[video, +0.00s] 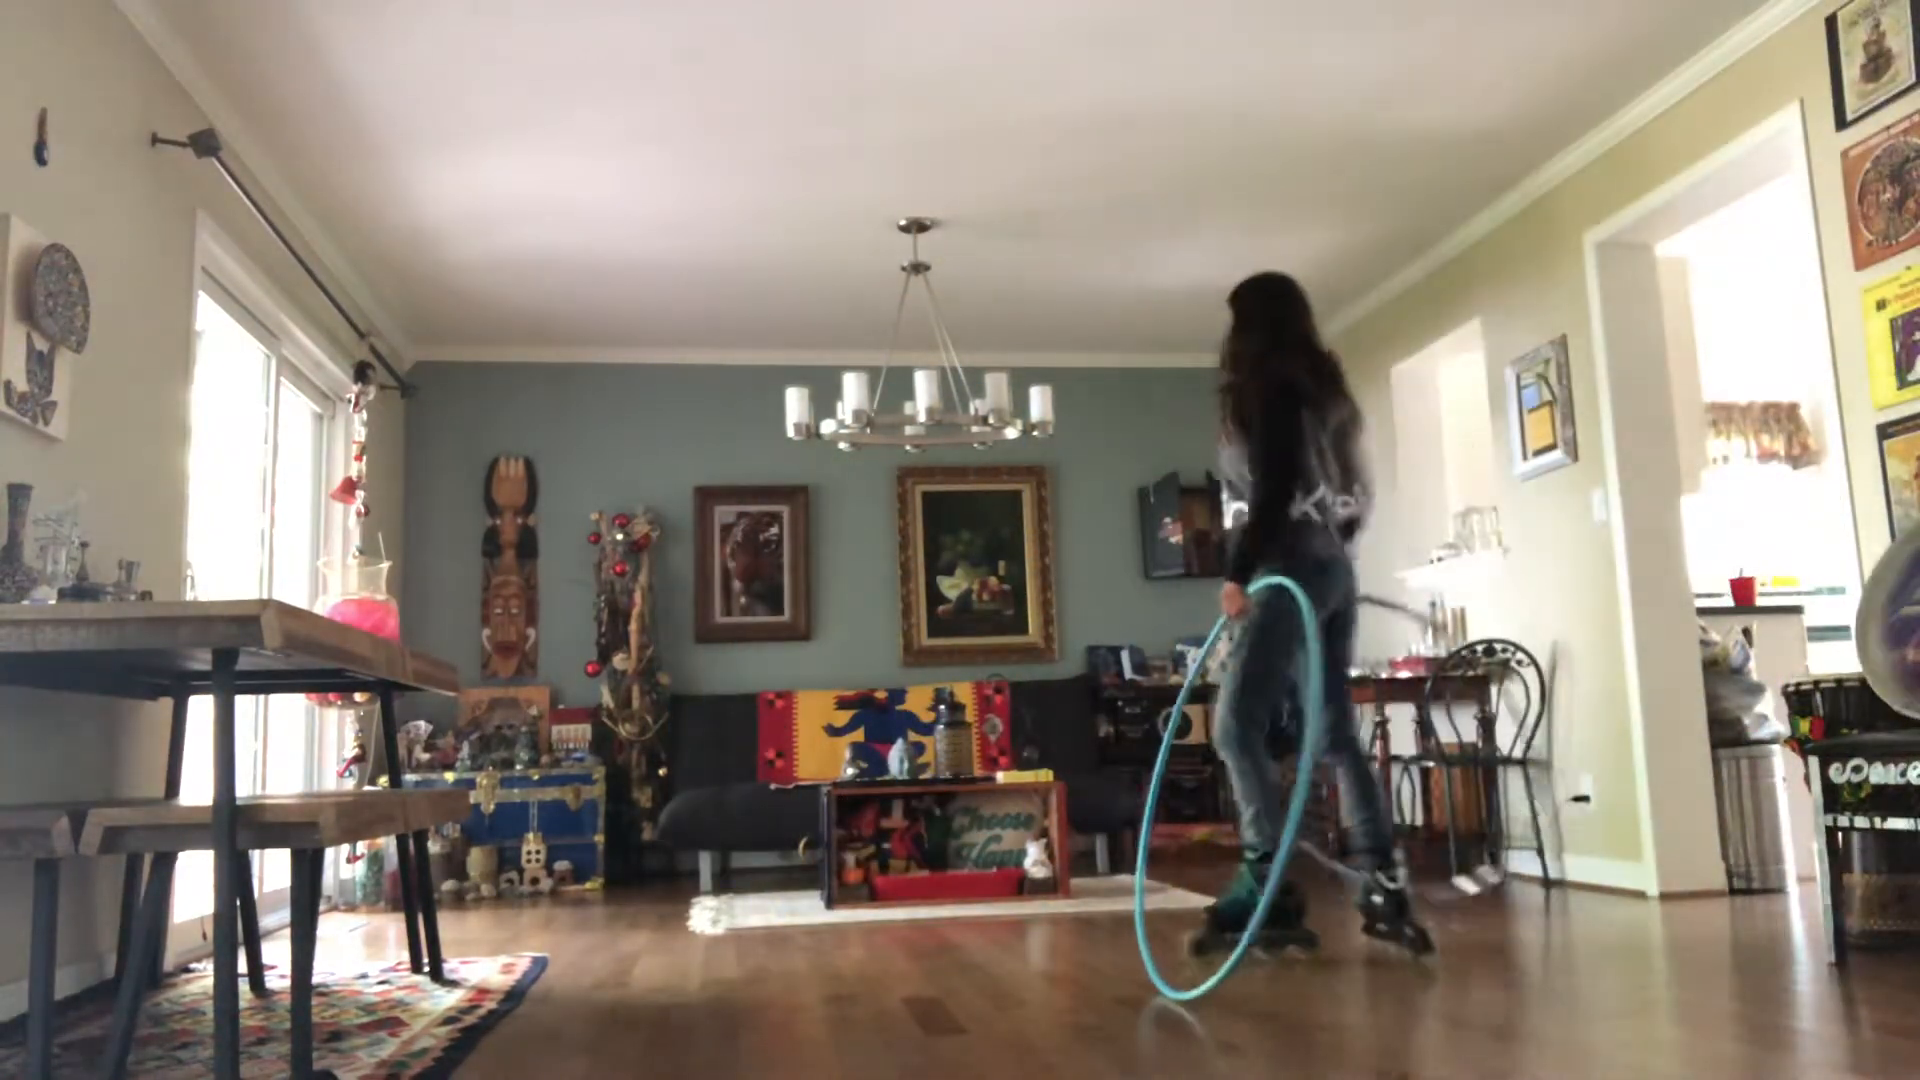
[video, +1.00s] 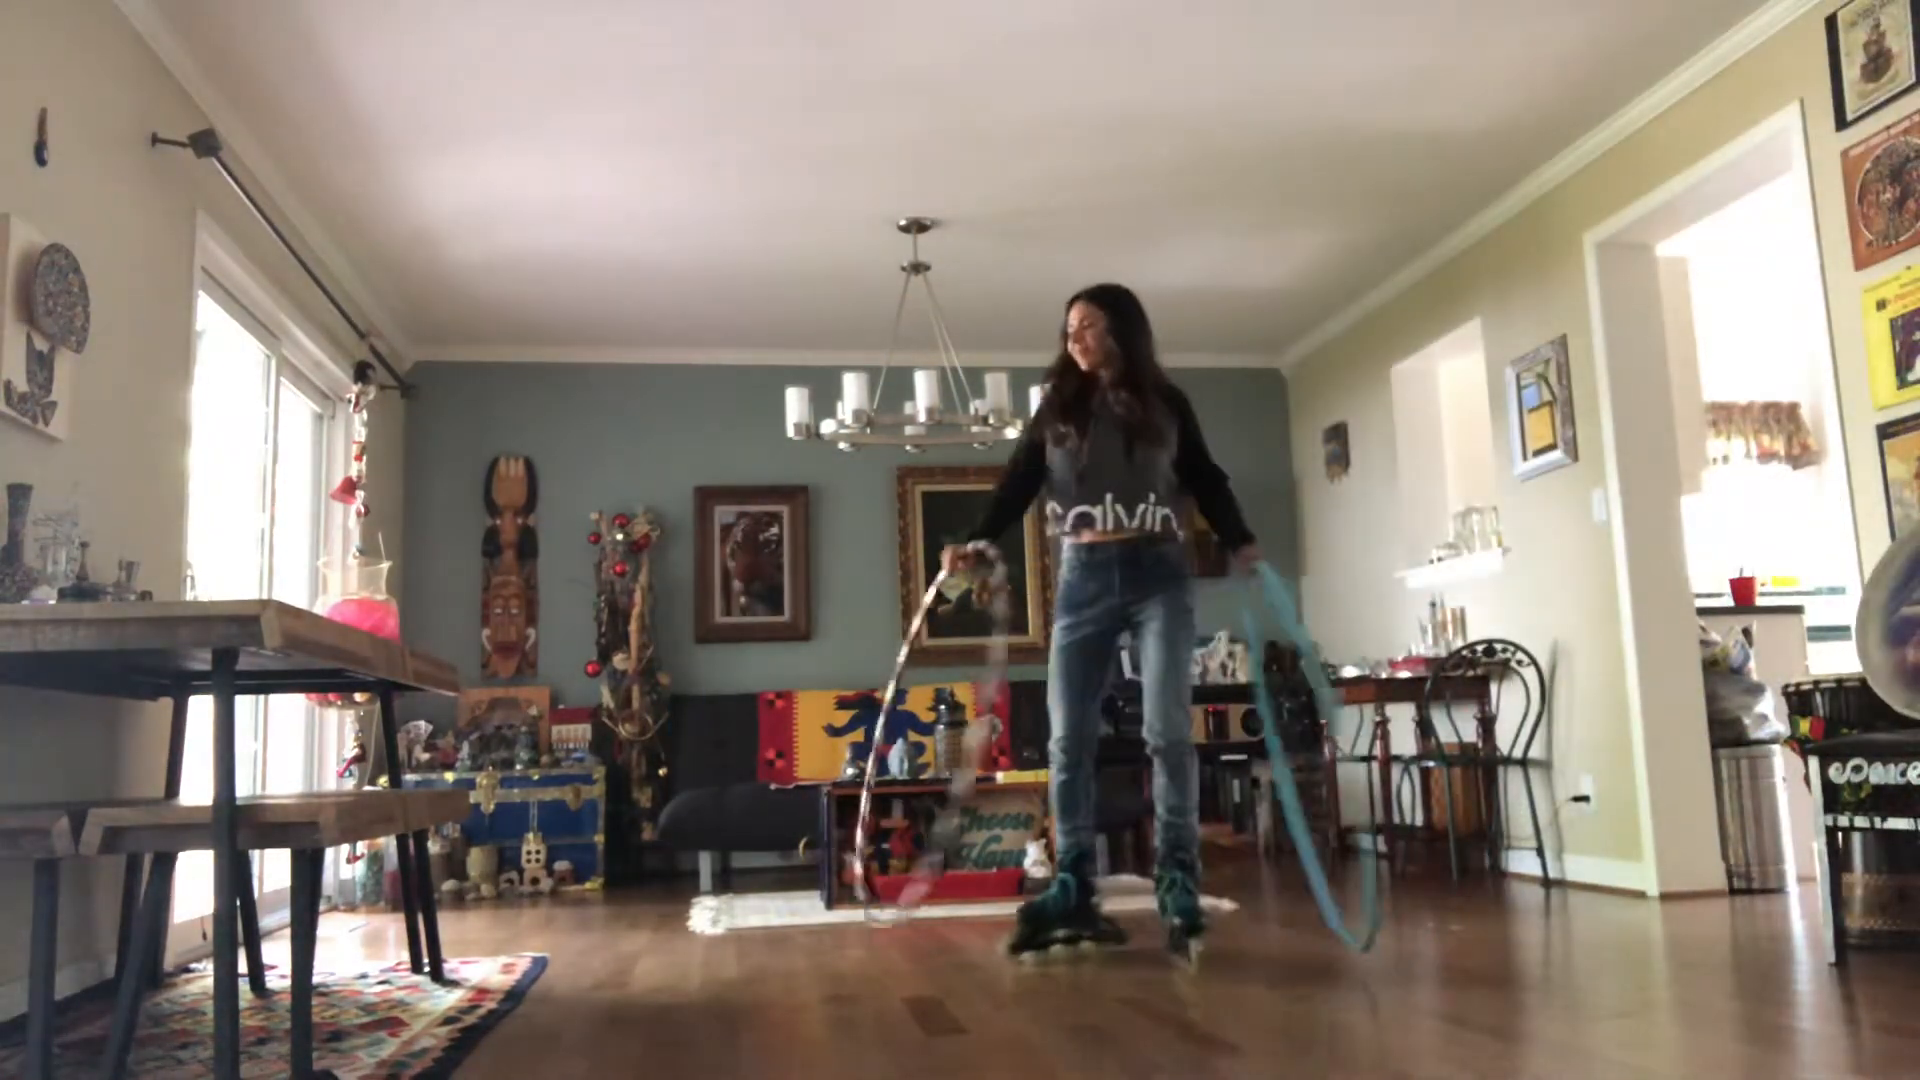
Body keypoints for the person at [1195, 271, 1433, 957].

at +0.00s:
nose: (1231, 334)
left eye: (1236, 321)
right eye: (1234, 321)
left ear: (1250, 322)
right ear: (1299, 319)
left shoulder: (1266, 378)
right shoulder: (1326, 379)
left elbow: (1274, 478)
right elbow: (1357, 491)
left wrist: (1238, 572)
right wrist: (1328, 551)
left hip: (1290, 561)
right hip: (1332, 561)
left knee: (1237, 729)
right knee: (1336, 735)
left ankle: (1268, 887)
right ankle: (1384, 887)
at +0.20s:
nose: (1188, 355)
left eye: (1195, 343)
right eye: (1189, 343)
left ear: (1224, 344)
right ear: (1229, 341)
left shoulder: (1267, 401)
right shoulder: (1223, 410)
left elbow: (1302, 494)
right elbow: (1216, 506)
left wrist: (1283, 576)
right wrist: (1194, 579)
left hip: (1262, 580)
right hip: (1234, 580)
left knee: (1197, 724)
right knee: (1264, 739)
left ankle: (1237, 874)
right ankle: (1288, 880)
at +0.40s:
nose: (1152, 354)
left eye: (1162, 342)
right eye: (1151, 342)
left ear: (1195, 344)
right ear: (1163, 348)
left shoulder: (1237, 402)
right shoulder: (1169, 417)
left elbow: (1283, 491)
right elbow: (1165, 516)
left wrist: (1296, 583)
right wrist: (1123, 572)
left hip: (1223, 564)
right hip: (1175, 569)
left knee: (1180, 723)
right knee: (1174, 724)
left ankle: (1221, 875)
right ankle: (1187, 870)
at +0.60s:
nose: (1118, 352)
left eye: (1129, 340)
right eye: (1115, 341)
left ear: (1162, 342)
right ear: (1116, 348)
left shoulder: (1205, 402)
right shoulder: (1120, 416)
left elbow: (1252, 492)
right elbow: (1105, 507)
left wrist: (1260, 584)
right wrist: (1061, 569)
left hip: (1190, 562)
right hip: (1126, 566)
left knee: (1160, 723)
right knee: (1122, 730)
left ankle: (1207, 877)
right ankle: (1135, 881)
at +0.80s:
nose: (1088, 347)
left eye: (1099, 334)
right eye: (1083, 337)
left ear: (1132, 337)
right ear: (1080, 347)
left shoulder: (1173, 404)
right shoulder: (1077, 417)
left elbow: (1217, 485)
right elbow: (1048, 502)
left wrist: (1233, 566)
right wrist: (1009, 563)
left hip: (1165, 575)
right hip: (1097, 581)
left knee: (1154, 731)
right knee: (1093, 737)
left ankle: (1187, 878)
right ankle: (1105, 885)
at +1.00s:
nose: (1078, 340)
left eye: (1090, 328)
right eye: (1072, 332)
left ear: (1123, 331)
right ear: (1067, 341)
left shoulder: (1165, 403)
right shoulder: (1058, 407)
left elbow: (1202, 475)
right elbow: (1021, 479)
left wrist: (1238, 537)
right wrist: (982, 539)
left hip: (1159, 573)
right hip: (1082, 579)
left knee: (1167, 732)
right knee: (1069, 738)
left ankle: (1178, 881)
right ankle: (1074, 887)